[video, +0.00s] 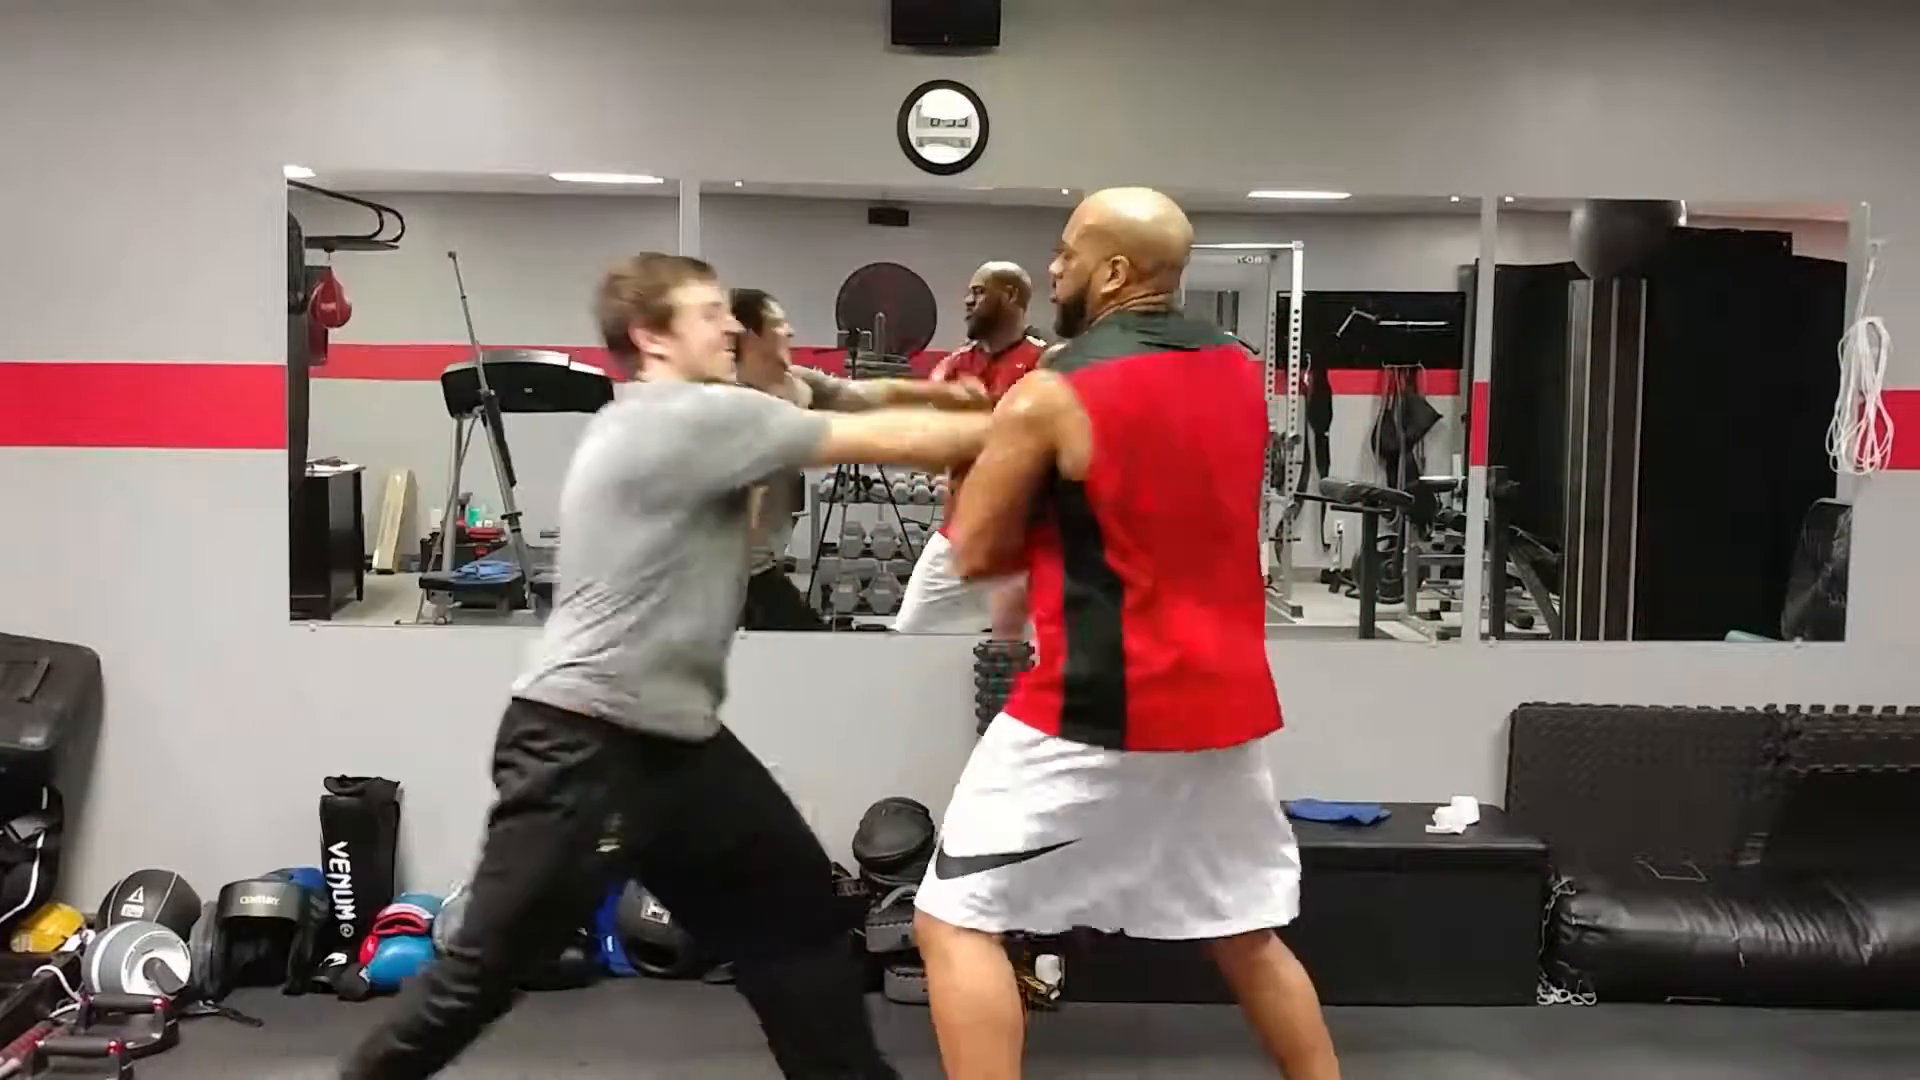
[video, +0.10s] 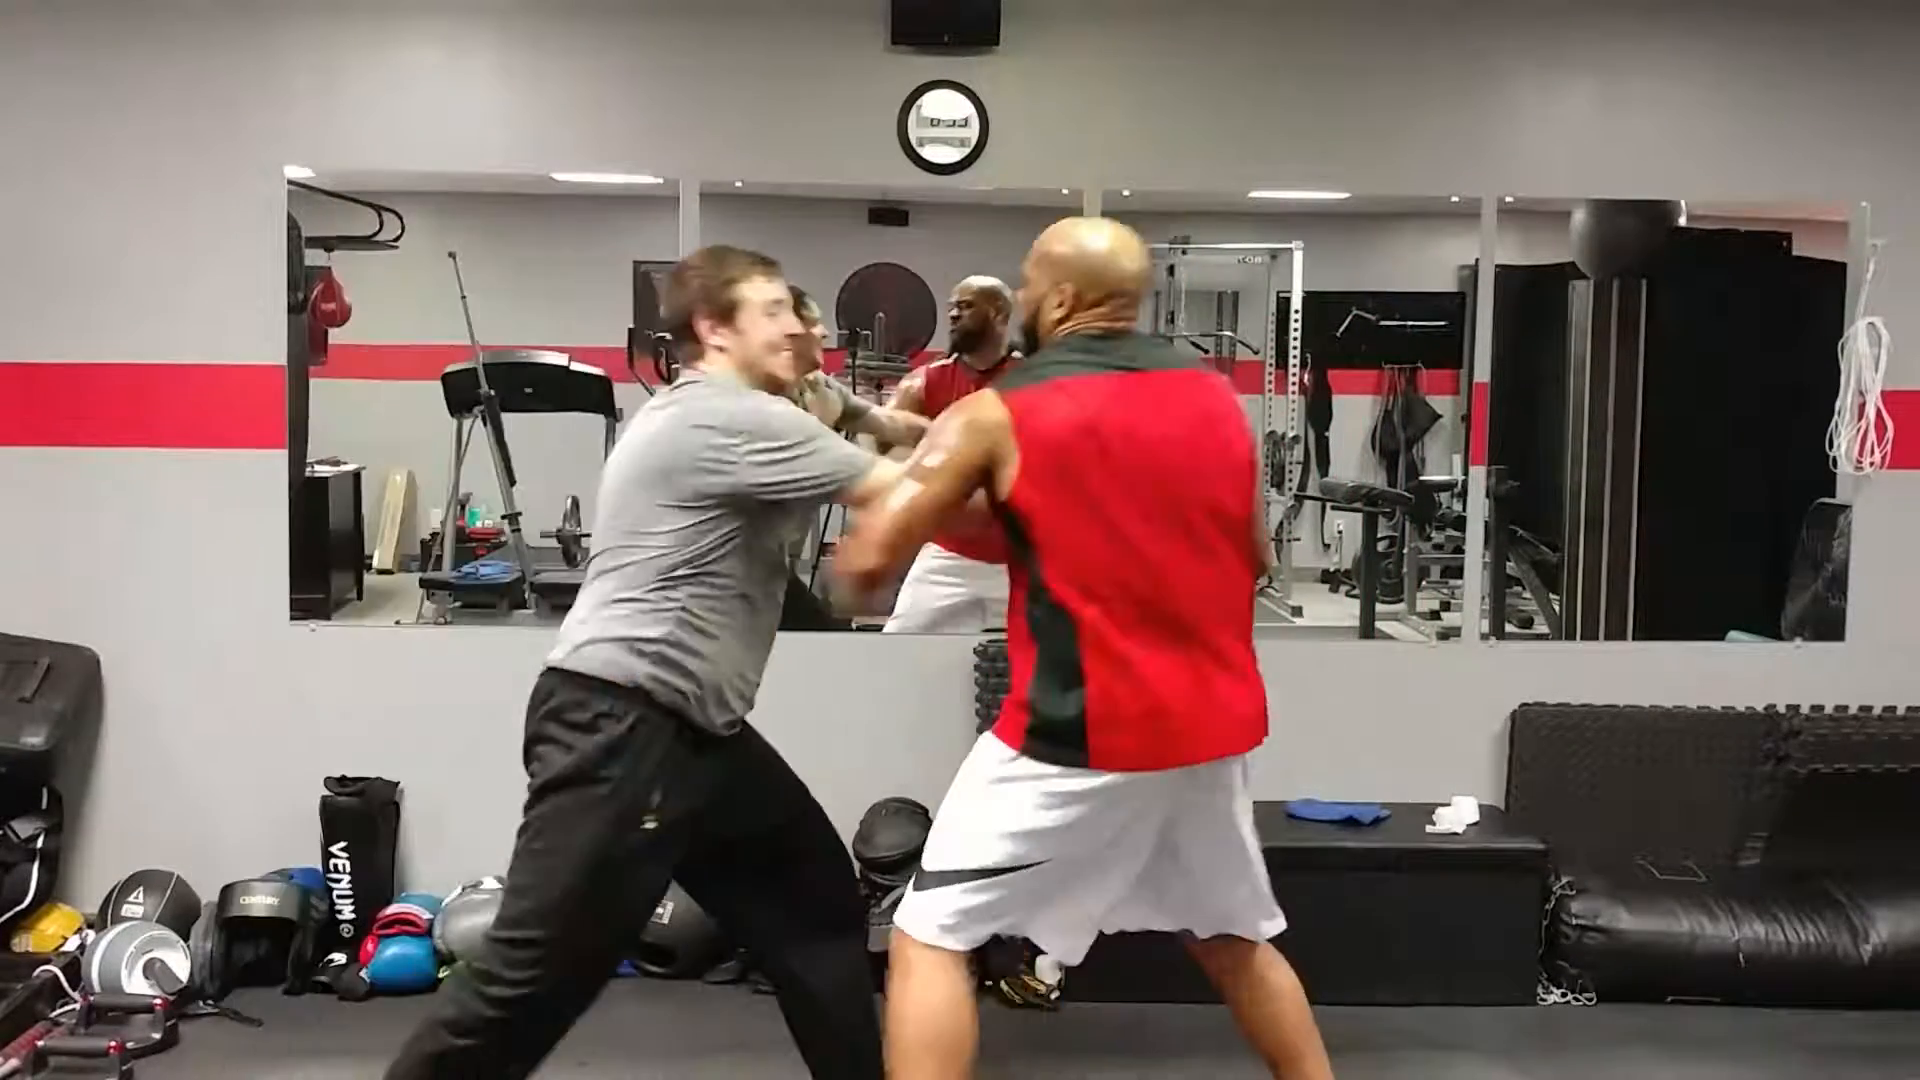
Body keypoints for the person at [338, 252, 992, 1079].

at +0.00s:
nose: (733, 329)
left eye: (729, 313)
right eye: (714, 314)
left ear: (658, 343)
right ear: (652, 338)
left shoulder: (643, 427)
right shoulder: (692, 419)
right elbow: (864, 438)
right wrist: (1016, 427)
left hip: (682, 749)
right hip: (579, 744)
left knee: (805, 939)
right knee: (473, 979)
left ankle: (849, 1073)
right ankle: (359, 1075)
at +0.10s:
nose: (802, 327)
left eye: (797, 309)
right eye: (779, 310)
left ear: (724, 335)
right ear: (714, 331)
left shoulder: (733, 411)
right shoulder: (719, 415)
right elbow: (891, 487)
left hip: (696, 731)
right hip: (618, 719)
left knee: (818, 914)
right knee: (527, 983)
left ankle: (860, 1070)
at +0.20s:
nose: (838, 336)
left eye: (837, 320)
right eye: (818, 319)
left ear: (764, 333)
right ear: (751, 329)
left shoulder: (767, 426)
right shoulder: (728, 412)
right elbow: (882, 538)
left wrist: (853, 480)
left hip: (695, 695)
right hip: (611, 673)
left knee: (809, 925)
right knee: (568, 953)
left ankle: (861, 1071)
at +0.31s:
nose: (838, 342)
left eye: (839, 327)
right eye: (820, 323)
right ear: (753, 328)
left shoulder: (762, 432)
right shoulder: (711, 412)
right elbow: (845, 551)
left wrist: (857, 486)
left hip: (683, 686)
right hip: (594, 659)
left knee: (788, 910)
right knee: (576, 937)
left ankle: (835, 1065)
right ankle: (473, 1072)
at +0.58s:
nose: (762, 374)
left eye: (766, 358)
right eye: (751, 352)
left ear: (688, 343)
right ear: (692, 339)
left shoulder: (679, 441)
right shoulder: (637, 428)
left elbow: (658, 582)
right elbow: (779, 559)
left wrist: (739, 522)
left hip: (616, 723)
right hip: (515, 714)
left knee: (733, 886)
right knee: (451, 956)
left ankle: (786, 1054)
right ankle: (360, 1077)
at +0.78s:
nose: (775, 389)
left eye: (783, 372)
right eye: (760, 364)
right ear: (698, 353)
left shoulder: (691, 441)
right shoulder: (642, 438)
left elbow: (675, 590)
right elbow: (787, 566)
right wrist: (905, 603)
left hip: (604, 715)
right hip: (508, 714)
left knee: (702, 884)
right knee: (478, 963)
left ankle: (648, 1066)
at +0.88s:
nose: (771, 368)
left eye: (777, 349)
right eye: (759, 343)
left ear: (699, 337)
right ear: (695, 333)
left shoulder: (688, 427)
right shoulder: (634, 422)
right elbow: (737, 570)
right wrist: (878, 616)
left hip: (605, 707)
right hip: (498, 699)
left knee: (686, 918)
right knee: (465, 950)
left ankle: (660, 1072)